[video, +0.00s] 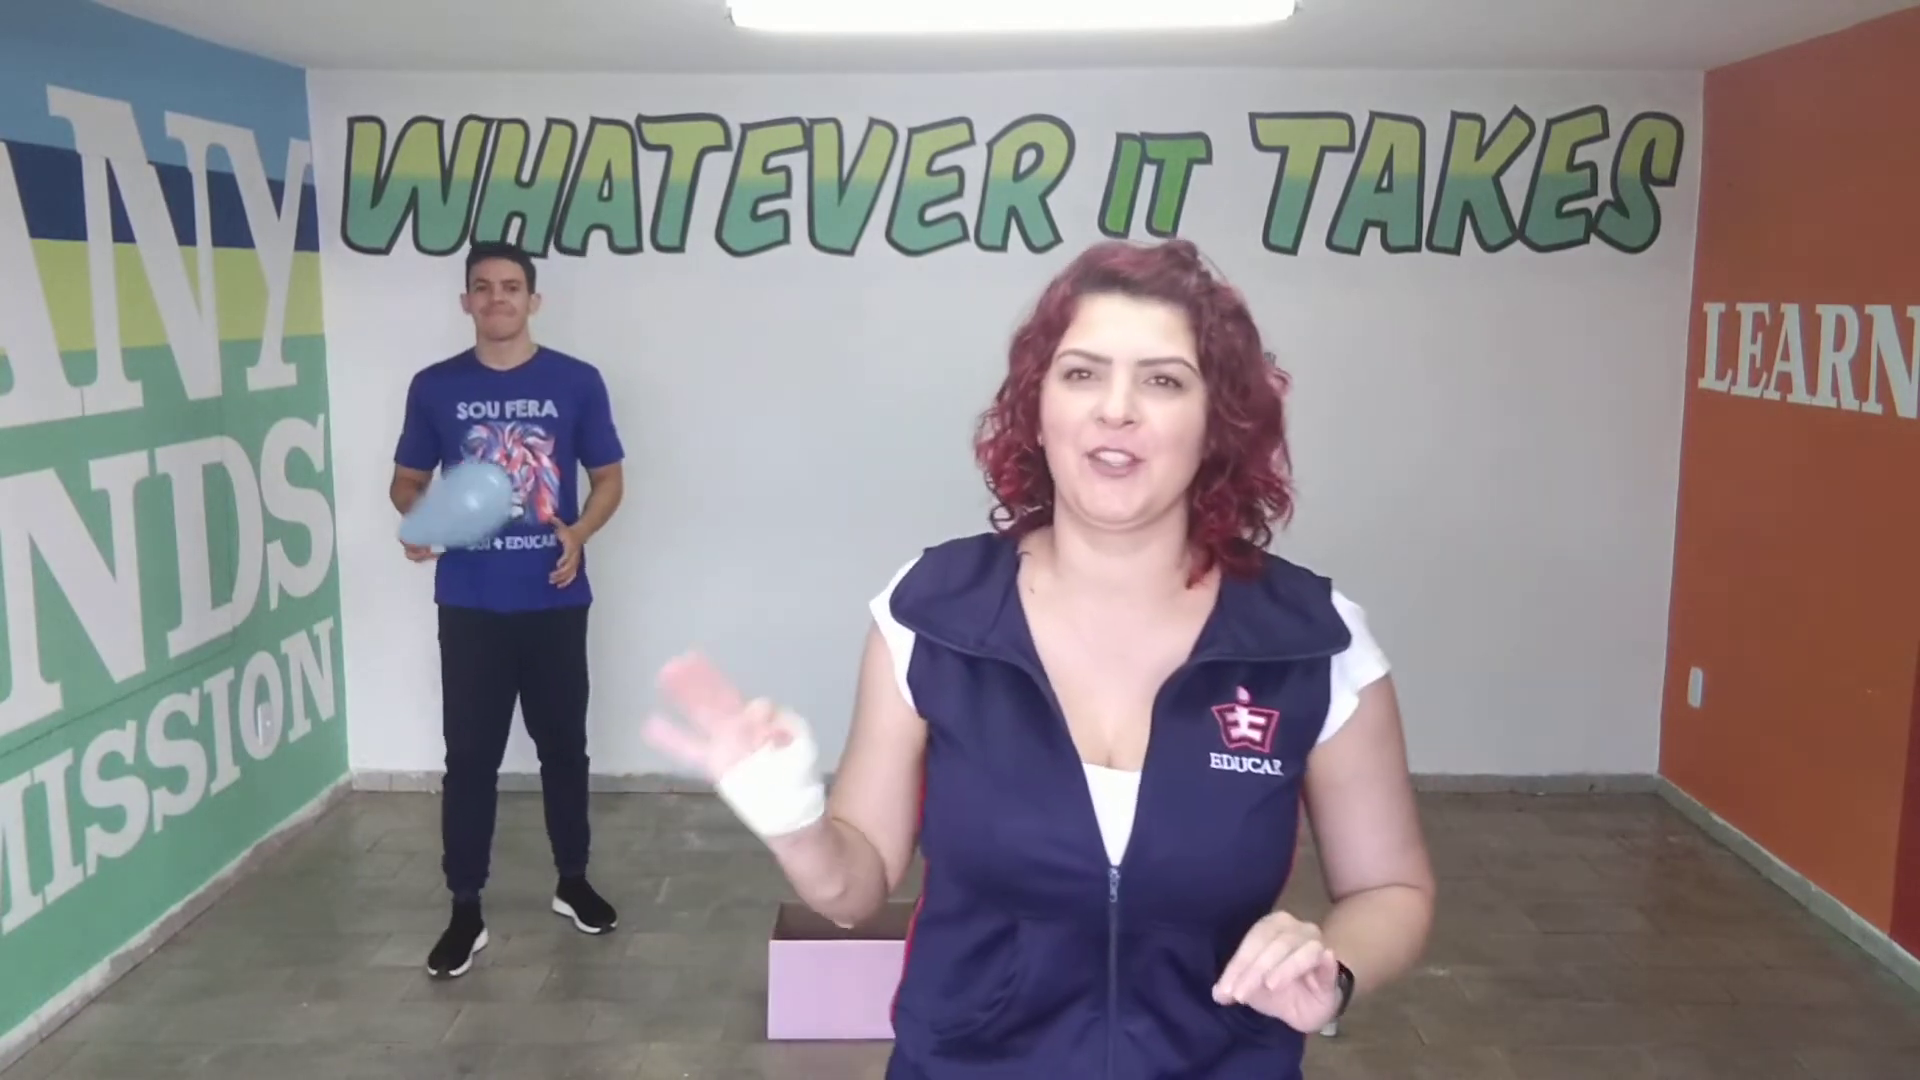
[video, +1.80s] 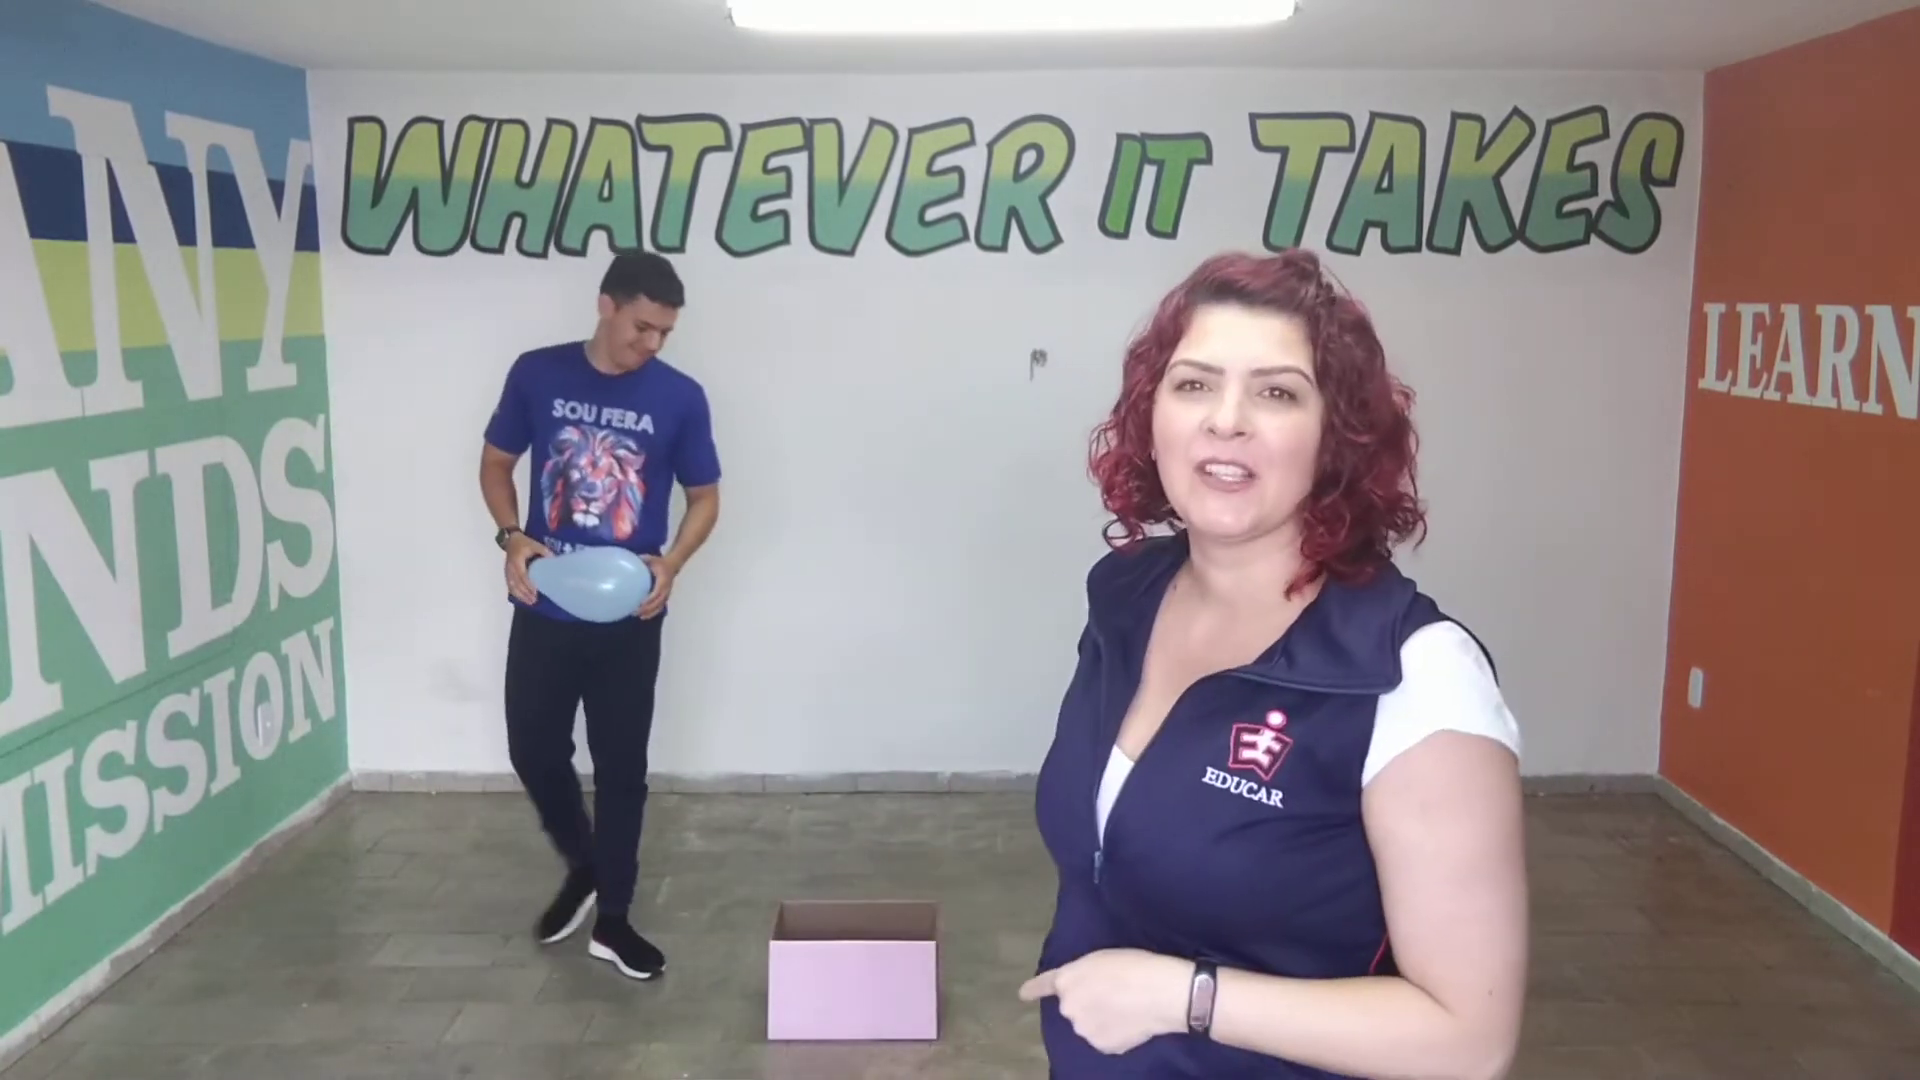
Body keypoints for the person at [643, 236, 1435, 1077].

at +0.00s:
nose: (1117, 413)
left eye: (1163, 381)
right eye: (1083, 374)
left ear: (1218, 417)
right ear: (1035, 402)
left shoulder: (1309, 637)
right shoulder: (935, 609)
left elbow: (1390, 890)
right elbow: (858, 889)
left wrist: (1332, 958)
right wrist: (782, 810)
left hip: (1215, 1061)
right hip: (970, 1060)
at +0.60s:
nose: (1204, 432)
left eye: (1250, 394)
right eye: (1165, 392)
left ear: (1311, 431)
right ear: (1118, 425)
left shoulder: (1407, 654)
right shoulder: (1016, 629)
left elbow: (1471, 904)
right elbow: (938, 920)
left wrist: (1430, 973)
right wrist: (903, 868)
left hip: (1314, 1064)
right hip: (1059, 1064)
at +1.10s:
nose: (1239, 398)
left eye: (1289, 375)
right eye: (1209, 365)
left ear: (1342, 439)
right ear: (1155, 411)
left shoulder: (1430, 667)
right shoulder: (1036, 618)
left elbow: (1493, 923)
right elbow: (935, 856)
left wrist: (1411, 1003)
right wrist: (829, 979)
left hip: (1309, 1073)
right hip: (1066, 1067)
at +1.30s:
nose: (1231, 405)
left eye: (1281, 379)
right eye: (1201, 370)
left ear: (1339, 434)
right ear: (1150, 410)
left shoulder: (1435, 673)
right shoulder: (1047, 617)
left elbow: (1517, 967)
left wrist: (1357, 1046)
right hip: (1063, 1063)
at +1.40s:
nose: (1227, 407)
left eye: (1277, 379)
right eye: (1195, 373)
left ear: (1334, 432)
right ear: (1146, 414)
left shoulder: (1430, 674)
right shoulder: (1059, 619)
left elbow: (1515, 1005)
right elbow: (978, 838)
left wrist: (1273, 1044)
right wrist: (853, 964)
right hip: (1060, 1064)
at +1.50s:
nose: (1220, 409)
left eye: (1273, 385)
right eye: (1189, 376)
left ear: (1330, 438)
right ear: (1140, 413)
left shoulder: (1420, 675)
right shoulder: (1079, 613)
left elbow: (1498, 1029)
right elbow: (1045, 797)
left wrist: (1223, 1039)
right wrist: (965, 918)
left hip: (1286, 1077)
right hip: (1061, 1065)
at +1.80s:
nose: (1226, 423)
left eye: (1276, 393)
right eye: (1194, 385)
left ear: (1336, 432)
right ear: (1150, 414)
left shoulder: (1417, 676)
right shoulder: (1124, 595)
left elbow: (1469, 1036)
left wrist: (1188, 997)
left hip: (1271, 1063)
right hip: (1084, 1053)